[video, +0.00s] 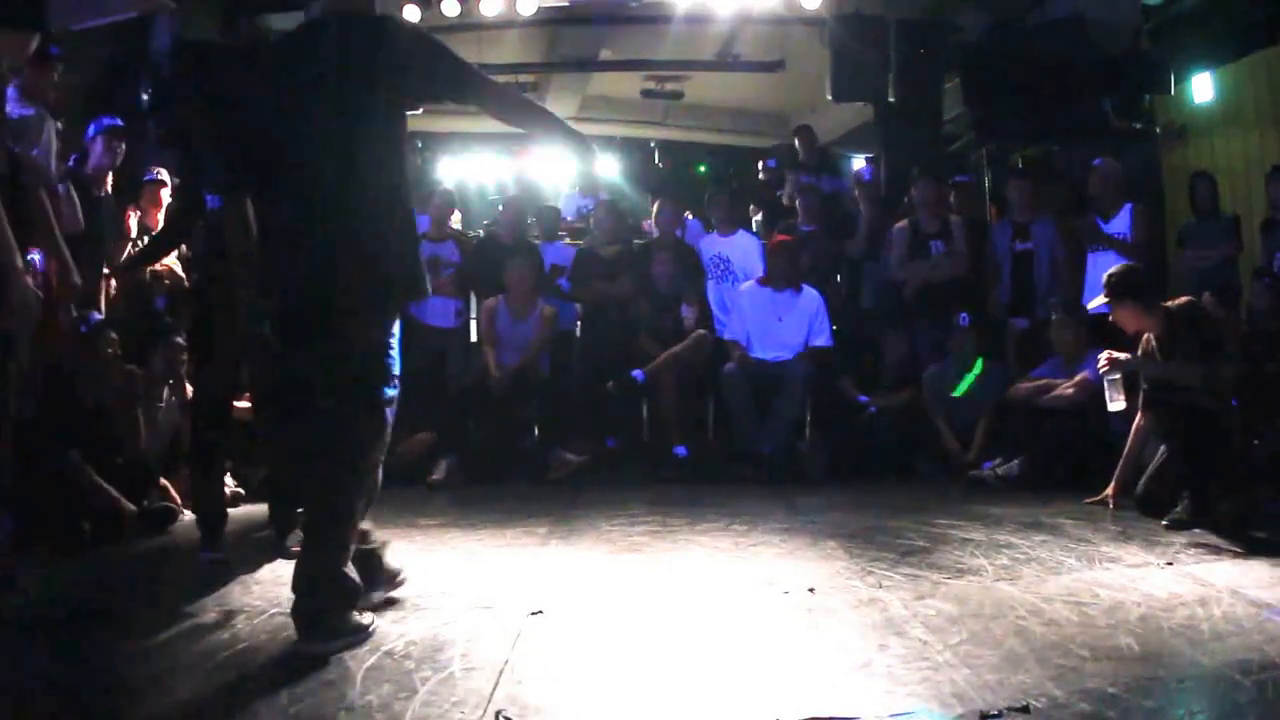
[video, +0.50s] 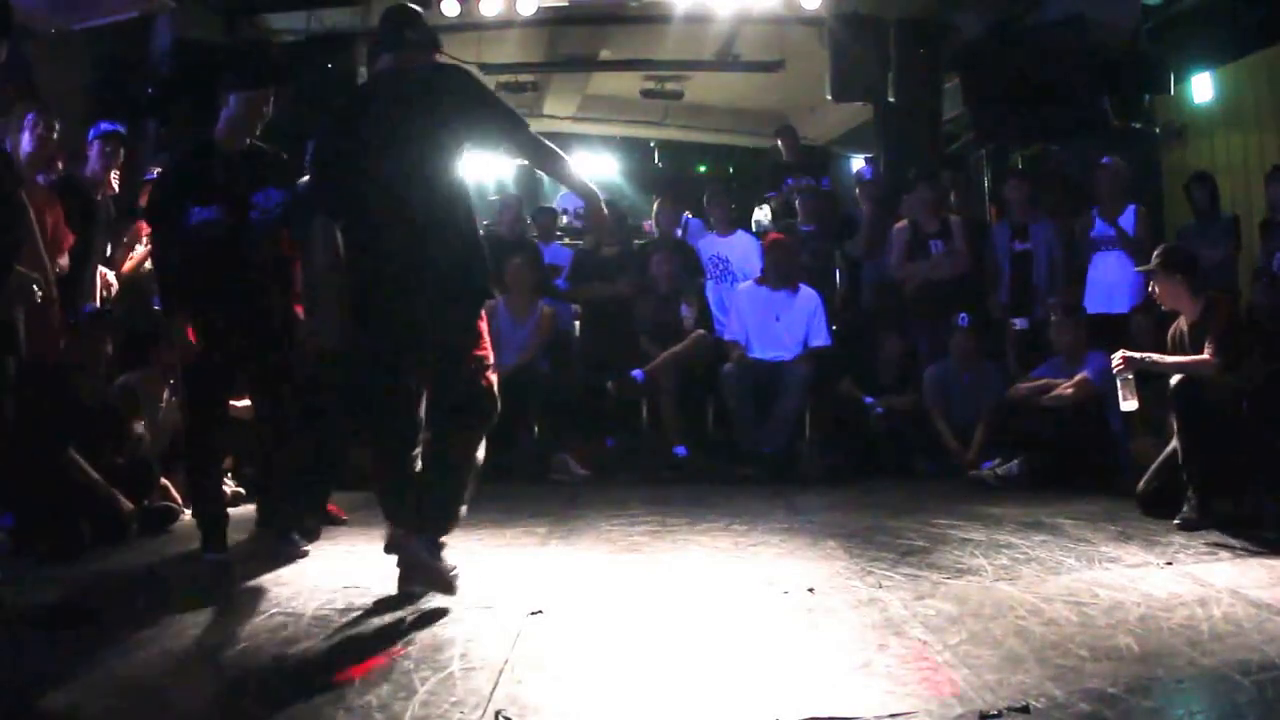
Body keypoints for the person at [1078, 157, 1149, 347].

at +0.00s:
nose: (1093, 184)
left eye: (1099, 178)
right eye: (1092, 178)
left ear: (1113, 182)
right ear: (1089, 182)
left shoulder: (1134, 213)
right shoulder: (1090, 218)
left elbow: (1141, 254)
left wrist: (1103, 239)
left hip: (1126, 302)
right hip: (1092, 303)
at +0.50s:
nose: (1105, 185)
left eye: (1109, 179)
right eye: (1101, 179)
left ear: (1121, 182)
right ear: (1096, 182)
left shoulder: (1136, 214)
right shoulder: (1090, 217)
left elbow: (1140, 253)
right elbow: (1080, 252)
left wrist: (1116, 227)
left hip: (1126, 291)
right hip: (1097, 291)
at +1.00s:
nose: (1107, 183)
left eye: (1111, 177)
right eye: (1102, 178)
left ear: (1120, 180)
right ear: (1097, 181)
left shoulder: (1137, 214)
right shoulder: (1087, 218)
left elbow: (1145, 259)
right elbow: (1080, 263)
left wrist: (1119, 245)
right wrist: (1100, 250)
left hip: (1127, 302)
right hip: (1096, 303)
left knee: (1128, 360)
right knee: (1098, 361)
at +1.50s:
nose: (1104, 183)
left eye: (1108, 177)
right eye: (1100, 177)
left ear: (1118, 180)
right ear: (1093, 181)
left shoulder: (1135, 214)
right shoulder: (1085, 219)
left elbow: (1151, 254)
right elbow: (1082, 261)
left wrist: (1129, 270)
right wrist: (1081, 295)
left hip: (1132, 304)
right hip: (1100, 306)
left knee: (1135, 364)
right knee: (1104, 365)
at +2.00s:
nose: (1109, 180)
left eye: (1114, 174)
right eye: (1105, 174)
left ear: (1124, 177)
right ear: (1100, 178)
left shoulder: (1142, 214)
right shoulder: (1092, 215)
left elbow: (1149, 260)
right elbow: (1089, 259)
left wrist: (1139, 297)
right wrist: (1088, 295)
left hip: (1134, 302)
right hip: (1103, 302)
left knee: (1135, 362)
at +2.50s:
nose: (1107, 180)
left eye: (1112, 174)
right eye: (1103, 174)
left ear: (1124, 178)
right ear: (1098, 178)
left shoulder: (1141, 214)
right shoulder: (1091, 216)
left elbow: (1152, 257)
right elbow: (1087, 259)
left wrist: (1154, 298)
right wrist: (1086, 296)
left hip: (1134, 305)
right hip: (1102, 306)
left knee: (1137, 365)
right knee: (1104, 365)